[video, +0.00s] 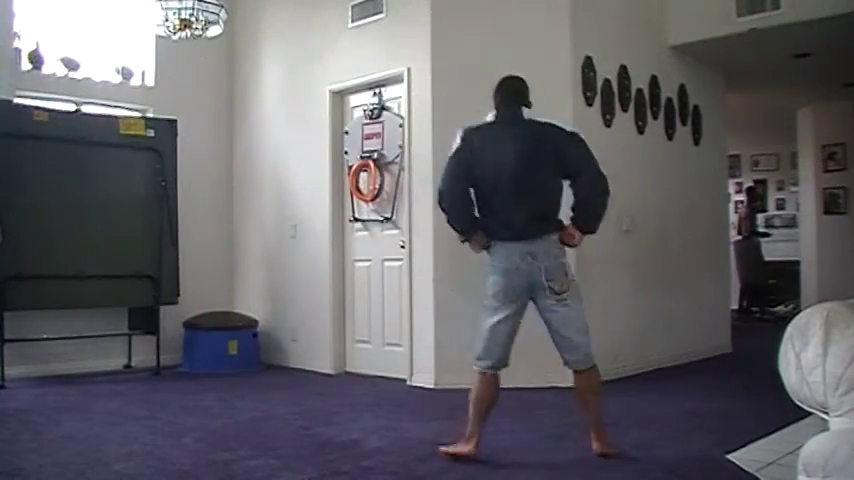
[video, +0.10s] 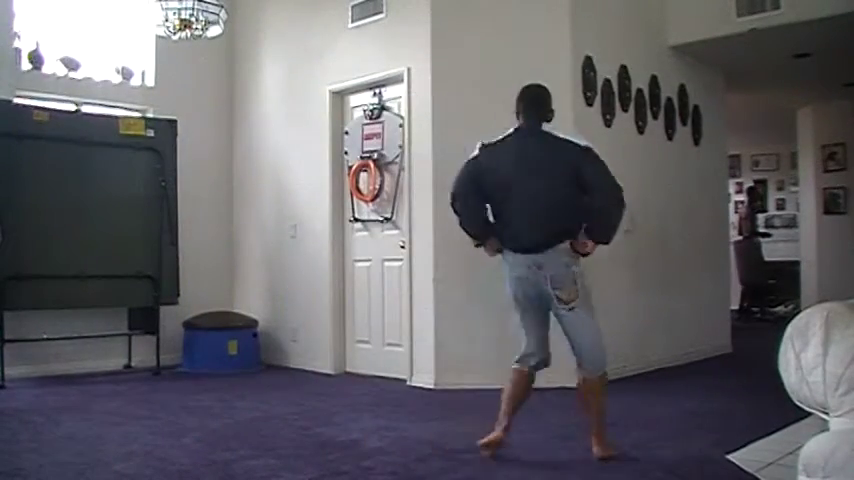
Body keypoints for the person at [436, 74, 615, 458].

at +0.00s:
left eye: (502, 101)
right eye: (520, 101)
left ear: (495, 105)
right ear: (527, 104)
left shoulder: (474, 140)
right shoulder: (556, 138)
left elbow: (450, 193)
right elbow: (594, 185)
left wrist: (473, 232)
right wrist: (579, 228)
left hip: (504, 256)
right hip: (549, 253)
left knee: (488, 358)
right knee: (580, 353)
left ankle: (470, 440)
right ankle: (598, 438)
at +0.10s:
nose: (537, 117)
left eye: (525, 110)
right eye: (546, 111)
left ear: (516, 113)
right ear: (551, 114)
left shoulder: (490, 154)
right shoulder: (574, 152)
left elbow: (462, 195)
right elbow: (611, 198)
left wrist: (486, 237)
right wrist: (591, 239)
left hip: (516, 265)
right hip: (562, 261)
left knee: (529, 352)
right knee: (591, 354)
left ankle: (500, 428)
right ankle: (599, 442)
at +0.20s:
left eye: (524, 86)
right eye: (545, 86)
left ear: (519, 88)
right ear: (553, 89)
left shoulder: (491, 123)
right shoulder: (573, 124)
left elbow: (454, 151)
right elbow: (607, 167)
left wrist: (479, 196)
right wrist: (584, 206)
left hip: (507, 236)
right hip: (551, 233)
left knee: (537, 332)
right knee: (578, 333)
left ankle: (539, 422)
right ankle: (589, 431)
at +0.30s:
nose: (541, 81)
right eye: (545, 76)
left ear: (515, 75)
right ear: (548, 77)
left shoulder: (484, 108)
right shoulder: (562, 105)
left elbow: (449, 150)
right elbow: (607, 151)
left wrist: (479, 189)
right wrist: (588, 193)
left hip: (503, 222)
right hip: (543, 219)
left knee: (542, 326)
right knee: (558, 329)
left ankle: (562, 415)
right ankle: (537, 424)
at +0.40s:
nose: (540, 98)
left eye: (531, 90)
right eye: (541, 91)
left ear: (510, 89)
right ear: (541, 89)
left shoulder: (487, 123)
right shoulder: (543, 113)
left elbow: (452, 176)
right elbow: (610, 157)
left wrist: (485, 210)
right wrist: (608, 170)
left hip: (510, 237)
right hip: (536, 236)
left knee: (563, 338)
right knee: (545, 346)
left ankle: (566, 429)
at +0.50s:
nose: (536, 114)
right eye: (535, 108)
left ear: (502, 113)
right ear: (536, 112)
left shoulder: (482, 158)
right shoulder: (548, 149)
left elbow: (450, 200)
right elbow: (595, 153)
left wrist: (482, 235)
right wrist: (616, 135)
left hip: (510, 263)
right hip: (528, 264)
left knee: (570, 347)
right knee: (516, 374)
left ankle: (569, 437)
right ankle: (428, 431)